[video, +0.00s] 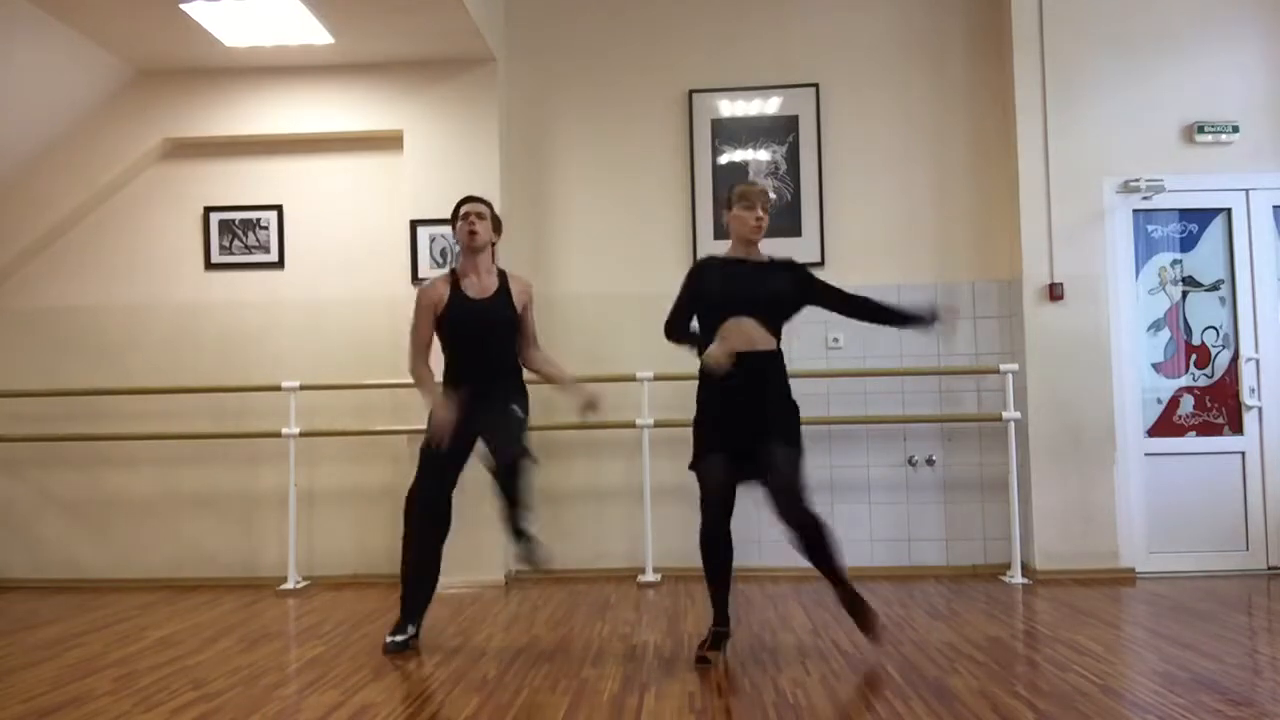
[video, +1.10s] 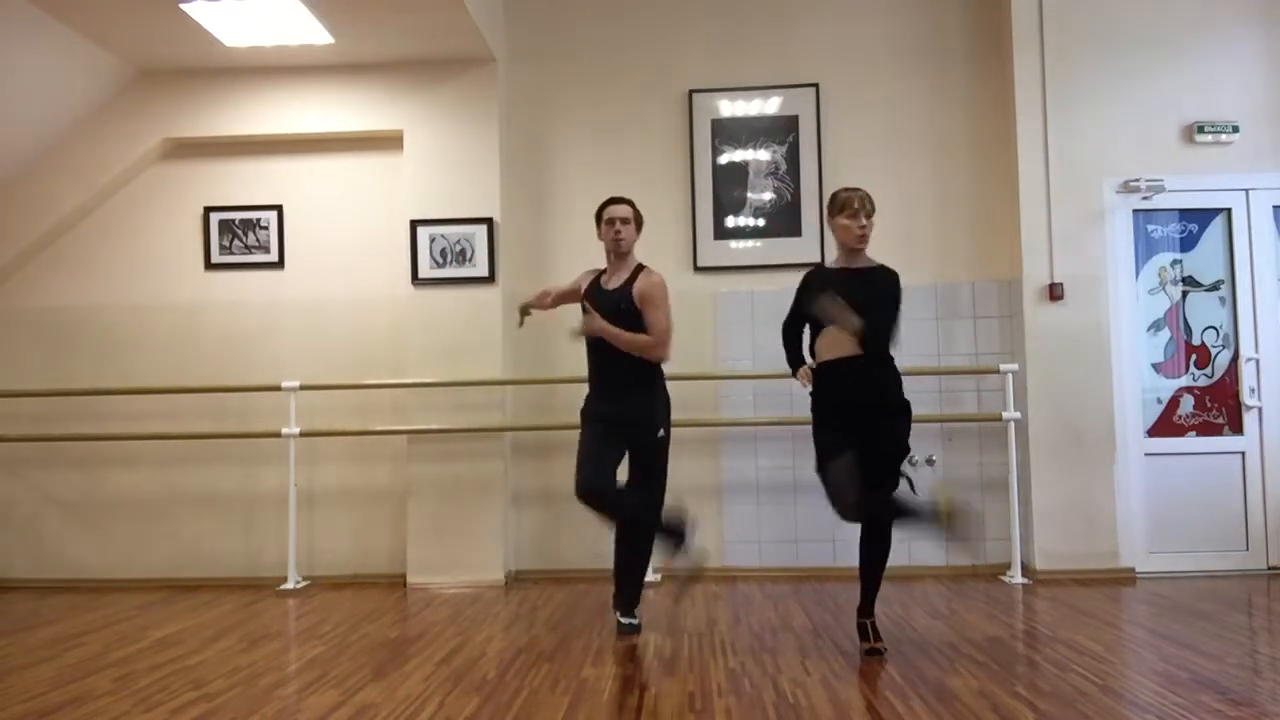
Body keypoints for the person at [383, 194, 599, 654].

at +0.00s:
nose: (470, 224)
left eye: (479, 218)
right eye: (464, 219)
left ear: (495, 233)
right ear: (454, 234)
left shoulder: (517, 289)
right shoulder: (435, 293)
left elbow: (532, 353)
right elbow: (419, 362)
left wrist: (576, 388)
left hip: (504, 399)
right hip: (456, 401)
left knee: (509, 456)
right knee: (426, 502)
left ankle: (522, 535)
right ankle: (409, 619)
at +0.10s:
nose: (471, 231)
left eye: (481, 225)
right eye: (465, 226)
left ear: (499, 240)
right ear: (458, 240)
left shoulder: (522, 291)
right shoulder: (440, 300)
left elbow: (573, 337)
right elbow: (430, 364)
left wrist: (602, 303)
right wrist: (425, 424)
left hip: (521, 417)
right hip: (470, 419)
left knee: (560, 501)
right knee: (432, 510)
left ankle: (590, 585)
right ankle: (413, 619)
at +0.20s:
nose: (491, 234)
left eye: (499, 227)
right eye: (484, 229)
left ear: (517, 240)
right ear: (476, 243)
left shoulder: (538, 272)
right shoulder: (474, 296)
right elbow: (452, 344)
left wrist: (594, 242)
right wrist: (434, 389)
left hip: (556, 415)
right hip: (507, 419)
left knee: (591, 513)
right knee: (464, 515)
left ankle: (622, 604)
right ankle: (420, 618)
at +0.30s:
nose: (522, 232)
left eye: (530, 225)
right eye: (514, 227)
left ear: (548, 237)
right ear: (507, 240)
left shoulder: (562, 278)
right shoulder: (506, 294)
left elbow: (579, 249)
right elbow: (484, 333)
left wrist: (582, 212)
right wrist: (455, 363)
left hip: (586, 408)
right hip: (539, 413)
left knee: (610, 509)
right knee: (510, 493)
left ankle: (624, 605)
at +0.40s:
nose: (561, 226)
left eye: (568, 220)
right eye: (554, 221)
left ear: (583, 228)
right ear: (544, 233)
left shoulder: (601, 277)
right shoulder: (539, 286)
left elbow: (581, 302)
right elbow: (514, 318)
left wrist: (543, 267)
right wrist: (488, 337)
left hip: (610, 403)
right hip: (565, 408)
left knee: (625, 505)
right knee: (595, 507)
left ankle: (624, 602)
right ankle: (659, 583)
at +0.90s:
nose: (609, 227)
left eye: (616, 220)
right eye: (602, 221)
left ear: (630, 228)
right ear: (591, 230)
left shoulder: (645, 277)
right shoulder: (582, 279)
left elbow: (616, 329)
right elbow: (554, 301)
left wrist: (570, 297)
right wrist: (525, 311)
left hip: (646, 403)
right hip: (602, 404)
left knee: (641, 506)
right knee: (606, 484)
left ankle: (627, 604)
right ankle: (672, 542)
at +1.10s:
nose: (618, 229)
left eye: (625, 223)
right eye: (610, 223)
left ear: (638, 231)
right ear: (599, 232)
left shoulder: (650, 283)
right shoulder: (591, 282)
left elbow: (660, 350)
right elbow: (558, 297)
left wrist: (605, 330)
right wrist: (541, 300)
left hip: (648, 410)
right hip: (602, 407)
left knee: (638, 512)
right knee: (591, 489)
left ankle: (626, 606)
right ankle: (666, 523)